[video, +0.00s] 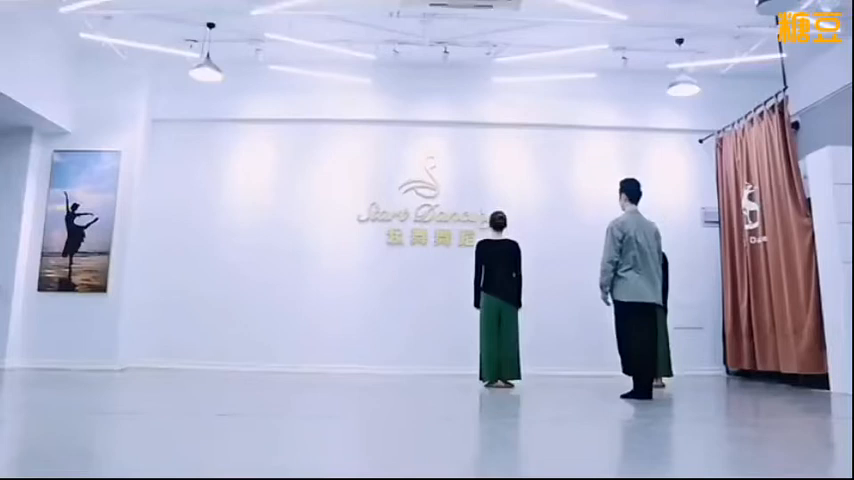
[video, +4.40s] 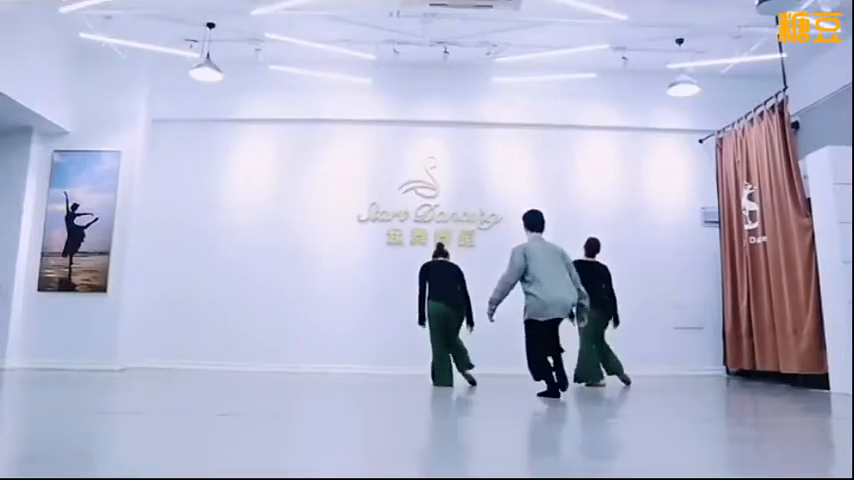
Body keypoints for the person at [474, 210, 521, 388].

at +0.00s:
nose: (498, 226)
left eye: (495, 223)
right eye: (501, 223)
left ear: (489, 225)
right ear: (505, 225)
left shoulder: (482, 245)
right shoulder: (513, 246)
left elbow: (478, 274)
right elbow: (518, 275)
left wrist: (476, 297)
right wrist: (519, 298)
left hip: (489, 296)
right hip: (508, 298)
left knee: (489, 336)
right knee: (507, 336)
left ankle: (490, 376)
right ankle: (505, 376)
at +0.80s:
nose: (487, 236)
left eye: (487, 234)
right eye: (489, 233)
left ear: (488, 234)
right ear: (503, 234)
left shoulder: (483, 253)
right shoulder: (514, 253)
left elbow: (480, 283)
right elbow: (519, 283)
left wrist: (476, 306)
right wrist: (520, 306)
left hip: (490, 302)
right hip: (512, 304)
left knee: (488, 336)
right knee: (510, 341)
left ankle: (477, 366)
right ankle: (510, 377)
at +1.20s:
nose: (476, 231)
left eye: (477, 228)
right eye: (477, 228)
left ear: (479, 229)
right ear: (494, 229)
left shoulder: (472, 247)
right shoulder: (502, 249)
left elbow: (467, 275)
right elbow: (508, 278)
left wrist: (463, 299)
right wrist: (512, 302)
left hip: (476, 297)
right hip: (497, 298)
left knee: (470, 336)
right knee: (501, 337)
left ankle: (459, 374)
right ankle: (504, 377)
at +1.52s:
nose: (461, 225)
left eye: (462, 223)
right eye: (465, 223)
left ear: (463, 225)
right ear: (478, 228)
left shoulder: (451, 243)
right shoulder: (480, 249)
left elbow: (444, 270)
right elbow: (484, 278)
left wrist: (438, 293)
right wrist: (488, 303)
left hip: (452, 292)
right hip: (472, 294)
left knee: (450, 333)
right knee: (483, 332)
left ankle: (449, 376)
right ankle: (499, 371)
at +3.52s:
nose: (460, 234)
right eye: (461, 231)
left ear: (447, 227)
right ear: (462, 231)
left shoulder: (436, 243)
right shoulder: (465, 249)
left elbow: (430, 271)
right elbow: (472, 276)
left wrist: (430, 294)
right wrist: (479, 299)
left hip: (444, 292)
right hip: (465, 293)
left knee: (446, 333)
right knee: (480, 331)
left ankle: (448, 376)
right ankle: (498, 367)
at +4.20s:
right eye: (452, 251)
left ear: (437, 250)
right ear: (452, 251)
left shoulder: (428, 263)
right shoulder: (457, 265)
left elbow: (424, 288)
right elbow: (468, 289)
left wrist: (425, 309)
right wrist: (475, 312)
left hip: (438, 301)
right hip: (458, 302)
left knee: (440, 342)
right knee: (468, 338)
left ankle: (444, 379)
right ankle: (492, 369)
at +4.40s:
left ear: (433, 256)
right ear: (448, 256)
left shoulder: (426, 267)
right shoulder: (455, 268)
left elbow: (422, 293)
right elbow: (465, 294)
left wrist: (421, 315)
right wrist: (470, 317)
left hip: (436, 307)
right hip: (457, 308)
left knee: (438, 344)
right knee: (453, 339)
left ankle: (443, 381)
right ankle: (465, 367)